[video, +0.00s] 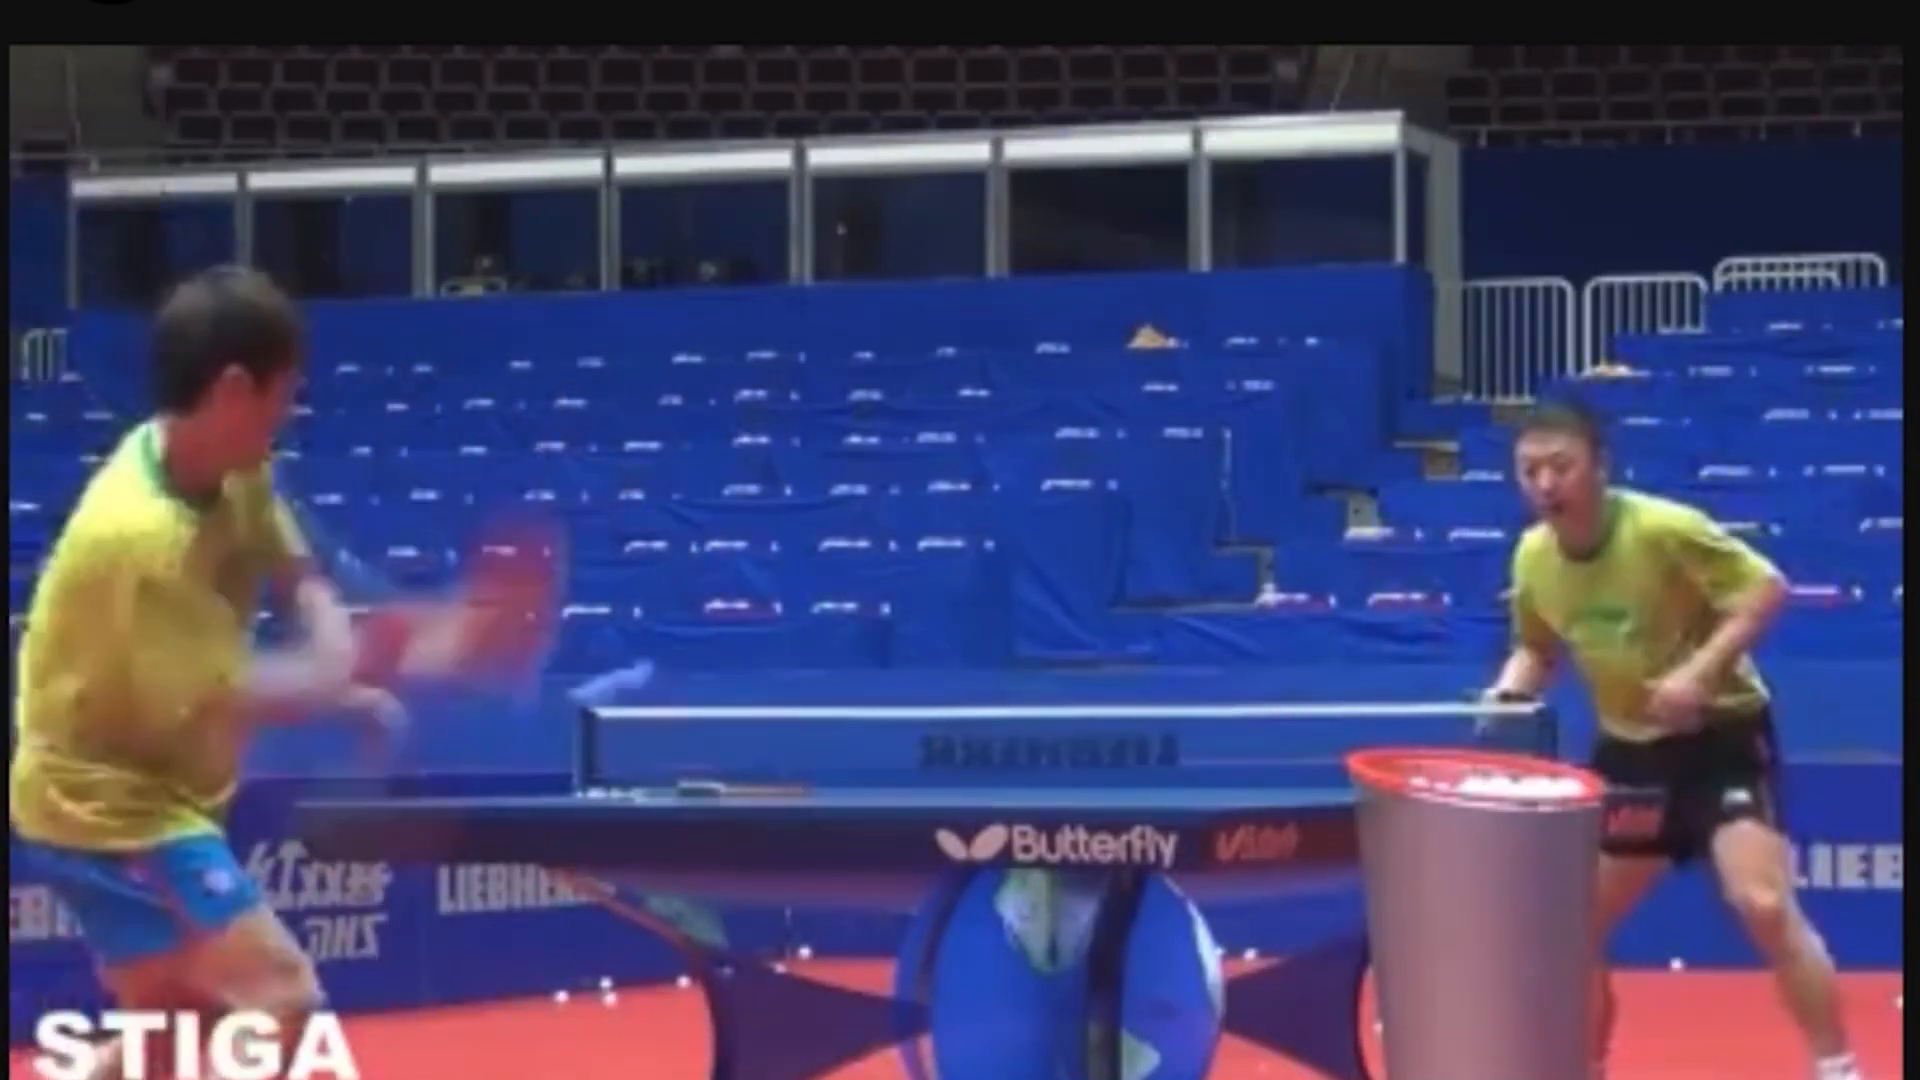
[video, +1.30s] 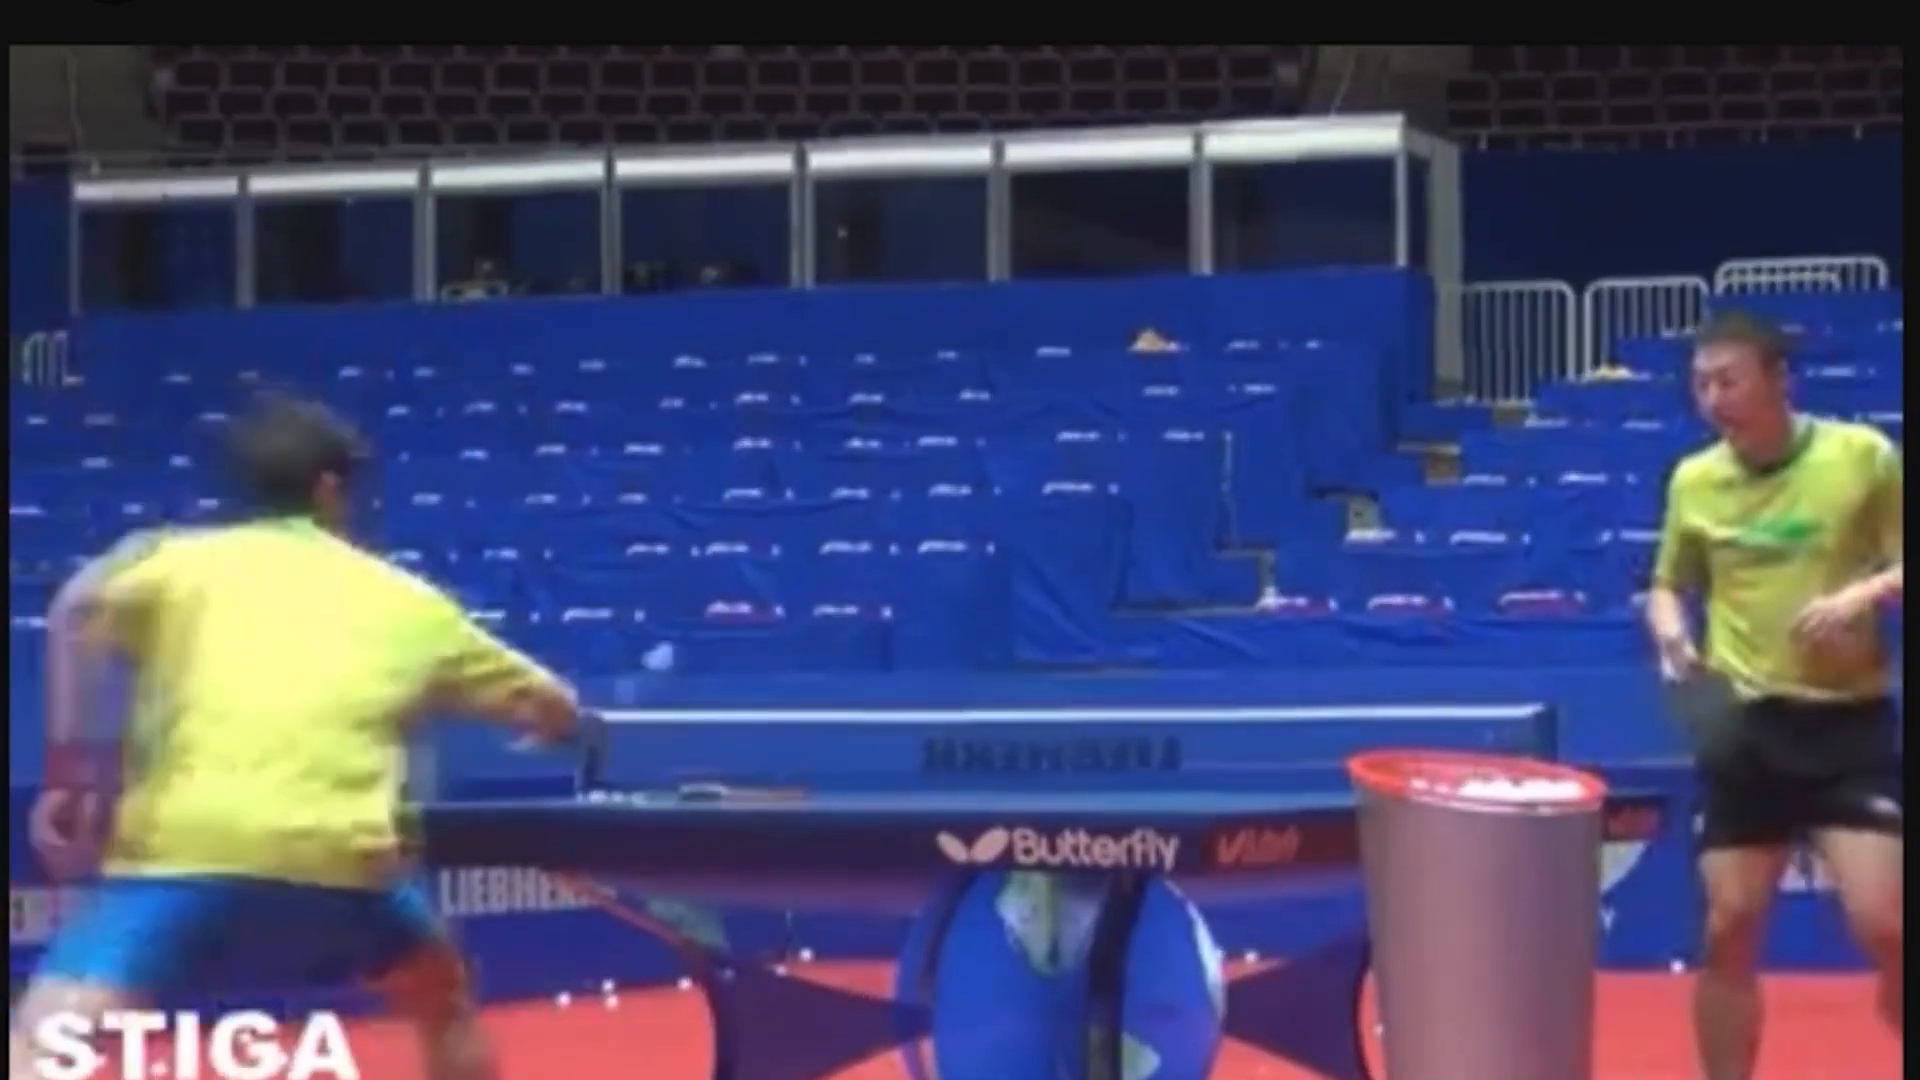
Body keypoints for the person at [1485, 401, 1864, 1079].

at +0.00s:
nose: (1546, 485)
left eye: (1560, 467)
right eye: (1531, 471)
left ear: (1598, 466)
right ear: (1521, 479)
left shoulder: (1662, 530)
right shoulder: (1533, 556)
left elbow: (1765, 587)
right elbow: (1537, 645)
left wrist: (1697, 674)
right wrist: (1517, 681)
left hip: (1721, 735)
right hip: (1629, 749)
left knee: (1764, 906)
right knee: (1572, 924)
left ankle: (1834, 1065)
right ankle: (1583, 1068)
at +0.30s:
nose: (1603, 508)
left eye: (1616, 488)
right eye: (1588, 493)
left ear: (1653, 480)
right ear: (1574, 497)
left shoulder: (1719, 539)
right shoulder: (1591, 565)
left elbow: (1829, 597)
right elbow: (1618, 670)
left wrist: (1751, 671)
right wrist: (1575, 671)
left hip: (1766, 767)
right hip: (1675, 770)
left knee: (1782, 920)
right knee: (1595, 926)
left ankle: (1839, 1072)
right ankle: (1594, 1068)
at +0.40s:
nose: (1654, 485)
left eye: (1665, 464)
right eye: (1638, 471)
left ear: (1702, 455)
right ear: (1625, 478)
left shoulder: (1781, 505)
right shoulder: (1627, 546)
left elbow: (1870, 566)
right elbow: (1650, 645)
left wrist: (1812, 637)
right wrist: (1642, 654)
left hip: (1806, 748)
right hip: (1709, 757)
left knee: (1813, 918)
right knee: (1660, 937)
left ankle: (1852, 1071)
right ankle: (1621, 1066)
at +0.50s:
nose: (1693, 456)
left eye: (1705, 436)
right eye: (1679, 441)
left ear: (1742, 425)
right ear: (1668, 444)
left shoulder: (1805, 470)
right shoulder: (1669, 516)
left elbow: (1876, 546)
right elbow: (1700, 586)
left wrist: (1845, 608)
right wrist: (1726, 649)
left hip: (1826, 715)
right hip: (1731, 720)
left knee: (1831, 913)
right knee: (1699, 923)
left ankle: (1857, 1068)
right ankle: (1676, 1062)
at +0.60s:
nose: (1730, 428)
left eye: (1744, 409)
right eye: (1714, 414)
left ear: (1780, 402)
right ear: (1701, 420)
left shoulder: (1833, 456)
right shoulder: (1700, 496)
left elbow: (1887, 527)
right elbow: (1761, 571)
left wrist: (1892, 581)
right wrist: (1824, 611)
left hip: (1831, 709)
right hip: (1735, 715)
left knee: (1837, 914)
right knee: (1738, 912)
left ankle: (1859, 1071)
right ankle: (1761, 1051)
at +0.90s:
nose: (1749, 410)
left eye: (1766, 390)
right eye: (1737, 393)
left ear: (1810, 390)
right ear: (1726, 398)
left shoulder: (1872, 466)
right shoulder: (1709, 484)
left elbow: (1897, 565)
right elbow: (1685, 609)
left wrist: (1879, 634)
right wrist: (1770, 655)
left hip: (1849, 712)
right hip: (1746, 716)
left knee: (1847, 929)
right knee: (1743, 921)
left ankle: (1860, 1072)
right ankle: (1737, 1072)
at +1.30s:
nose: (1712, 399)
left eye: (1727, 380)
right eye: (1703, 383)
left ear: (1778, 379)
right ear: (1699, 392)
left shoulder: (1863, 458)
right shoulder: (1694, 481)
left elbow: (1902, 565)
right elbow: (1667, 583)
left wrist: (1860, 598)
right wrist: (1672, 632)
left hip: (1851, 720)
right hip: (1745, 717)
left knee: (1883, 918)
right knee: (1729, 922)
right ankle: (1725, 1073)